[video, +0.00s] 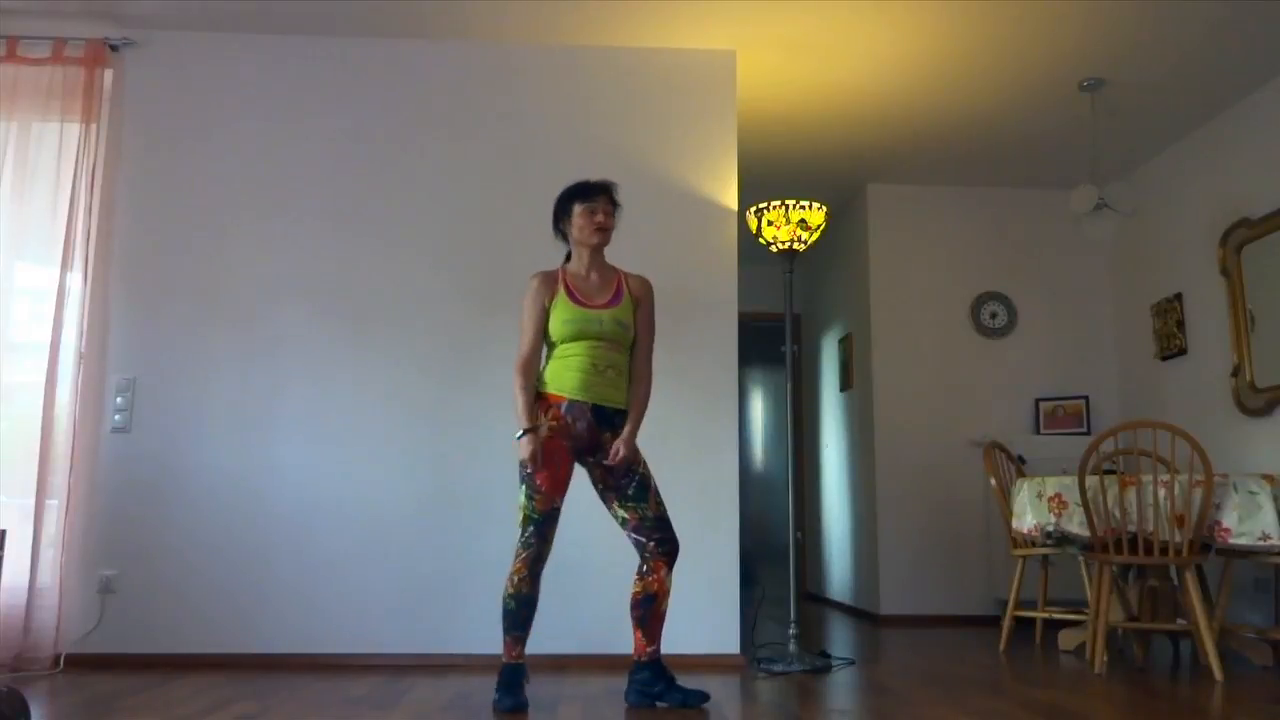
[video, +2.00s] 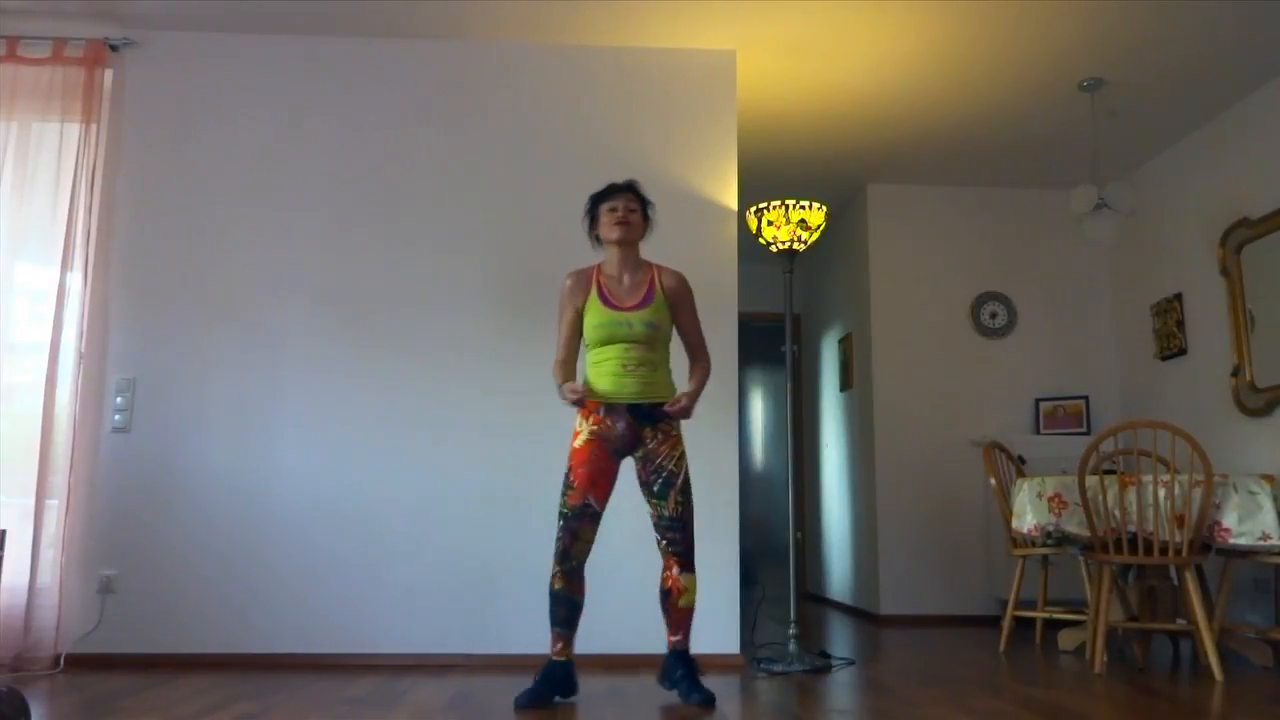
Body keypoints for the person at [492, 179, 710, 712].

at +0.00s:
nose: (600, 218)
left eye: (607, 211)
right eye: (589, 210)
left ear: (615, 223)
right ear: (566, 223)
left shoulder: (637, 288)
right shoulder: (548, 285)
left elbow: (642, 368)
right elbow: (527, 361)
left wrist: (630, 431)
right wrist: (529, 428)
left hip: (610, 430)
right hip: (552, 424)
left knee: (659, 546)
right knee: (532, 548)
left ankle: (647, 672)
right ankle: (511, 673)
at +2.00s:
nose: (622, 215)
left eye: (632, 209)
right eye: (612, 210)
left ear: (646, 224)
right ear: (595, 226)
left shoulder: (669, 284)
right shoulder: (579, 284)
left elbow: (700, 358)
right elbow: (564, 358)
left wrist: (692, 394)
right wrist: (566, 386)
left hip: (659, 423)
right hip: (597, 423)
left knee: (678, 543)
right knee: (570, 543)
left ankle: (679, 661)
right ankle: (559, 665)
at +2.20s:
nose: (650, 232)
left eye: (660, 228)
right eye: (640, 225)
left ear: (671, 246)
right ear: (620, 240)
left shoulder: (685, 309)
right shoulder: (596, 296)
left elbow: (697, 382)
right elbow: (583, 378)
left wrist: (727, 430)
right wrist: (609, 426)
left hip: (681, 433)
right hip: (626, 436)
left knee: (690, 552)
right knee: (567, 548)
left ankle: (700, 667)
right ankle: (577, 670)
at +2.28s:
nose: (653, 236)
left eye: (664, 233)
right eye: (644, 228)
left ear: (674, 251)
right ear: (624, 241)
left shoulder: (685, 313)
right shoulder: (598, 295)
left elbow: (693, 390)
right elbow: (581, 376)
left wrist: (725, 440)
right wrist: (608, 433)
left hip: (682, 434)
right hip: (626, 436)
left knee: (688, 552)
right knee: (567, 549)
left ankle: (700, 666)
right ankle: (575, 670)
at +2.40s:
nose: (645, 221)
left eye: (656, 218)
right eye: (636, 215)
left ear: (668, 236)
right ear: (618, 230)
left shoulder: (680, 299)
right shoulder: (593, 285)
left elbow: (692, 367)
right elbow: (556, 357)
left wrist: (702, 400)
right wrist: (579, 396)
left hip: (666, 427)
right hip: (608, 427)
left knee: (680, 546)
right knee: (565, 545)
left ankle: (693, 665)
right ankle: (564, 664)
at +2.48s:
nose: (634, 214)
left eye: (644, 209)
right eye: (624, 207)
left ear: (658, 227)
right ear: (607, 224)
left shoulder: (673, 290)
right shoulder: (584, 279)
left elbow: (696, 367)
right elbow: (546, 348)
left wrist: (678, 392)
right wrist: (553, 379)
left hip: (654, 424)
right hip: (593, 422)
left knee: (675, 542)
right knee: (566, 540)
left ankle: (680, 661)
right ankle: (548, 662)